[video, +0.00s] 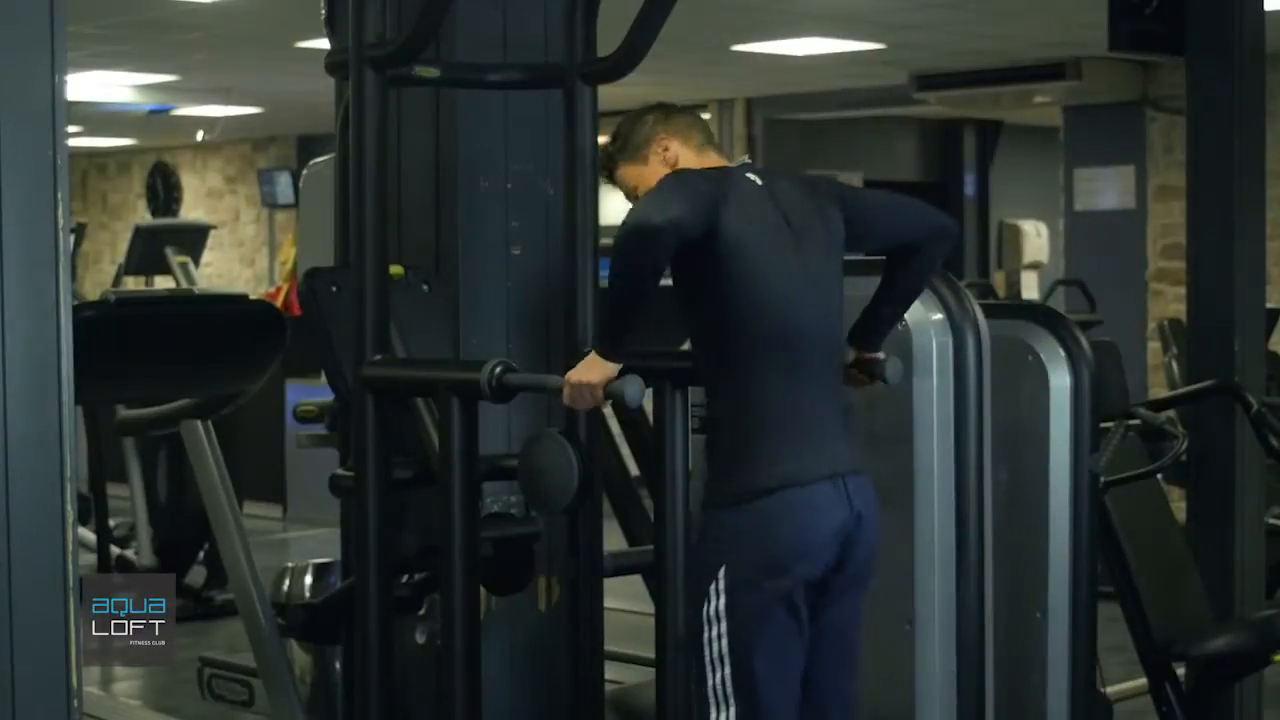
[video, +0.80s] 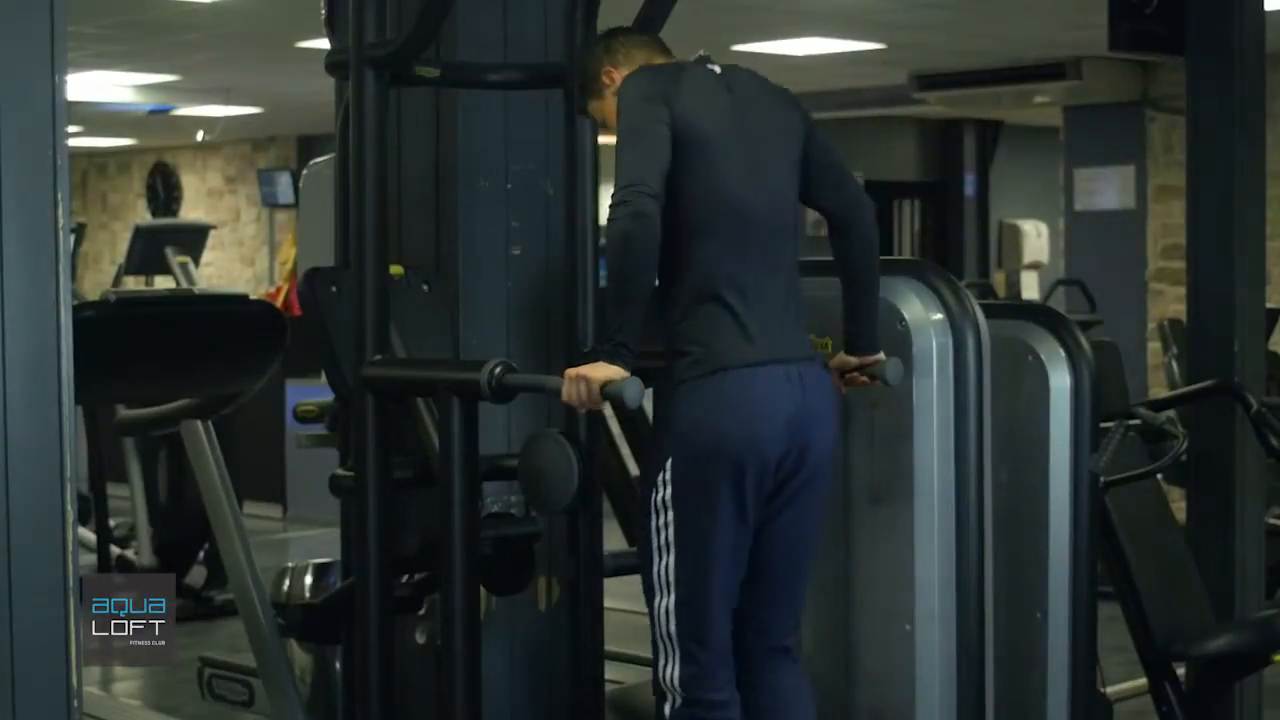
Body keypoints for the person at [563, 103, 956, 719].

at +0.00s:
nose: (642, 208)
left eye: (637, 192)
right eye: (634, 196)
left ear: (666, 153)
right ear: (711, 149)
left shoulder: (692, 190)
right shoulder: (813, 194)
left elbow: (651, 224)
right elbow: (933, 231)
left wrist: (606, 350)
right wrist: (866, 343)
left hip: (762, 501)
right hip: (845, 490)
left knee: (746, 705)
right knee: (829, 702)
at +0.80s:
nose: (609, 131)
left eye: (603, 114)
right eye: (602, 122)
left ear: (613, 77)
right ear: (670, 61)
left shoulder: (648, 90)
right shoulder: (777, 102)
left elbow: (637, 212)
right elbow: (854, 210)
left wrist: (610, 350)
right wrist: (862, 342)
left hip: (716, 396)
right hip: (808, 391)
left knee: (695, 660)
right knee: (772, 646)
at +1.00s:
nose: (614, 96)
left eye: (608, 81)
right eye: (607, 87)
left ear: (619, 39)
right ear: (672, 20)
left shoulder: (652, 65)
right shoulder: (786, 76)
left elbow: (641, 207)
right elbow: (835, 222)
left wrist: (611, 347)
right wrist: (861, 339)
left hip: (721, 362)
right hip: (810, 357)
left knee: (681, 616)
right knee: (754, 601)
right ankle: (819, 712)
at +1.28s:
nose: (615, 86)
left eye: (609, 72)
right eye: (609, 79)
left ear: (621, 33)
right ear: (677, 19)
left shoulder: (651, 63)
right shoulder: (785, 71)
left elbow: (636, 208)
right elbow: (831, 214)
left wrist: (613, 348)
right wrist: (861, 333)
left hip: (733, 351)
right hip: (819, 347)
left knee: (662, 579)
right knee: (754, 559)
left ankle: (830, 662)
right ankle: (839, 605)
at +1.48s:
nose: (619, 100)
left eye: (610, 83)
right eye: (611, 91)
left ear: (623, 45)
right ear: (674, 26)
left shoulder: (652, 70)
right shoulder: (787, 77)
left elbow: (635, 206)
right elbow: (842, 214)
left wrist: (612, 347)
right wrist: (864, 333)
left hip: (737, 360)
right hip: (822, 353)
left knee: (673, 593)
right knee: (760, 570)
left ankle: (871, 642)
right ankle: (855, 576)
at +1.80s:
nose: (610, 154)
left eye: (603, 137)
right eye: (601, 145)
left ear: (617, 101)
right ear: (671, 80)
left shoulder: (646, 116)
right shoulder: (775, 118)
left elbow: (628, 210)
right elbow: (869, 209)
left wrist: (611, 350)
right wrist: (867, 341)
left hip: (735, 407)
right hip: (820, 400)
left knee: (694, 655)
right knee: (770, 616)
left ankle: (878, 701)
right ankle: (878, 645)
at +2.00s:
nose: (601, 203)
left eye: (593, 189)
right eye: (593, 194)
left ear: (607, 156)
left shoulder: (639, 157)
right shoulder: (765, 157)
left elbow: (623, 221)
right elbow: (877, 213)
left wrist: (608, 351)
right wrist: (868, 342)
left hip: (734, 452)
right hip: (818, 438)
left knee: (707, 694)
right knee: (785, 664)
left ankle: (874, 706)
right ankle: (886, 682)